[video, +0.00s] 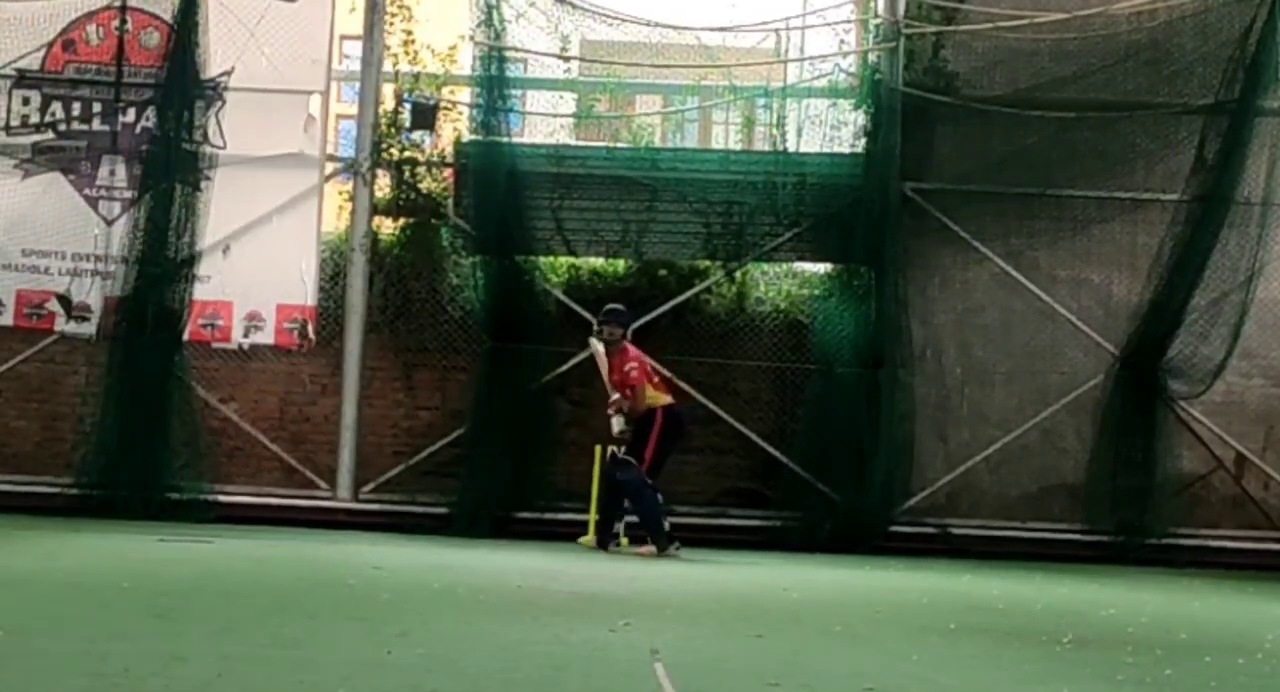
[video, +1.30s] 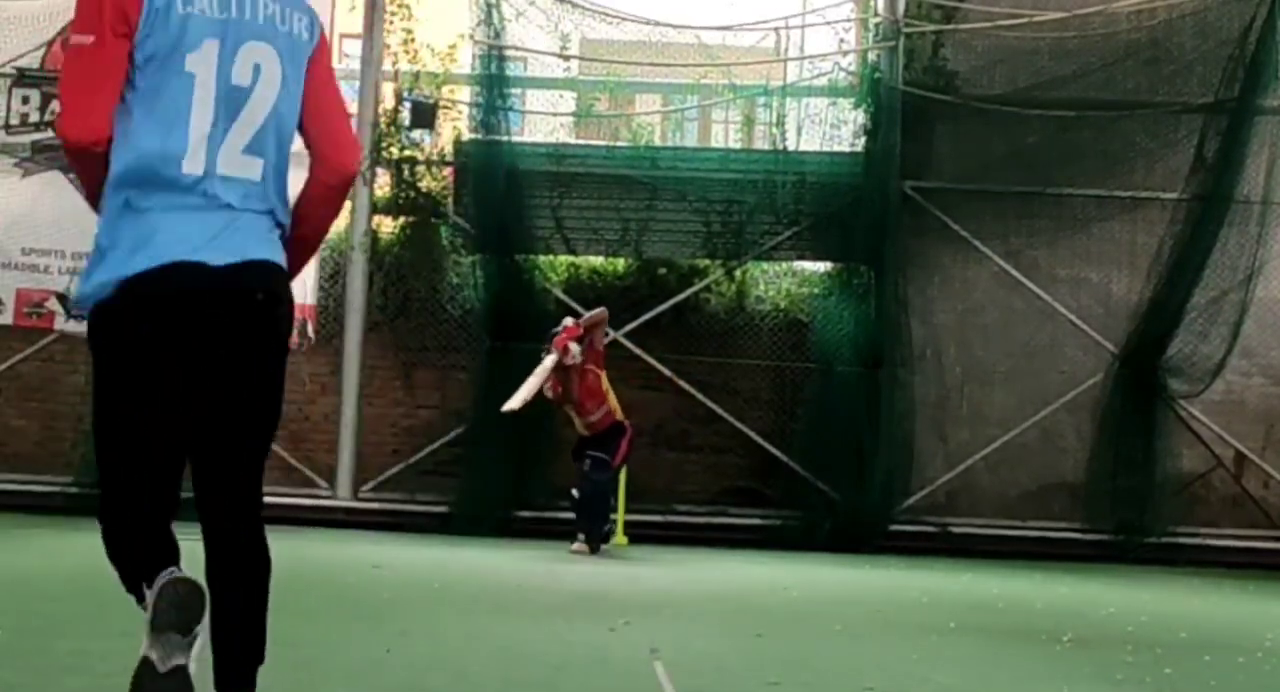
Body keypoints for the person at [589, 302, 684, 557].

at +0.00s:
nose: (609, 333)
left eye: (615, 328)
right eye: (605, 327)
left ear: (625, 331)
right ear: (599, 330)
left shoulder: (630, 360)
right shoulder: (611, 356)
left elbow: (639, 404)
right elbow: (614, 387)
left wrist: (622, 404)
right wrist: (616, 412)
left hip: (661, 411)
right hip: (642, 412)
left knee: (636, 473)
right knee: (616, 469)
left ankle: (661, 540)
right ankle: (603, 535)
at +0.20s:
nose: (594, 335)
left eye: (600, 330)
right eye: (589, 330)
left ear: (609, 333)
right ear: (584, 333)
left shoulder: (620, 360)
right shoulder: (596, 356)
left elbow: (625, 409)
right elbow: (604, 384)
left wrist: (609, 398)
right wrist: (605, 398)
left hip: (651, 405)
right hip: (630, 405)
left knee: (622, 465)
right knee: (609, 463)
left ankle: (642, 530)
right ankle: (598, 533)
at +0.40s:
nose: (584, 345)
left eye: (589, 340)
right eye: (580, 340)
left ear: (599, 342)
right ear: (574, 342)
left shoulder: (609, 367)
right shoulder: (584, 357)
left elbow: (611, 409)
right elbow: (563, 332)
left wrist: (596, 403)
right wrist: (545, 306)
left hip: (643, 405)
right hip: (623, 404)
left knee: (616, 462)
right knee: (606, 461)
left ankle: (601, 526)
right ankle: (607, 530)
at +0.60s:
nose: (571, 364)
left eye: (575, 358)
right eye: (566, 359)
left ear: (586, 351)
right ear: (561, 354)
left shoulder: (602, 364)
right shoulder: (571, 367)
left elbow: (592, 402)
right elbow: (570, 393)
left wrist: (573, 408)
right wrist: (563, 414)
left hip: (636, 413)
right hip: (608, 416)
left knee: (620, 468)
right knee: (601, 470)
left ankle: (600, 529)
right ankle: (610, 532)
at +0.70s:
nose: (557, 365)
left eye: (560, 358)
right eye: (555, 359)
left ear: (573, 351)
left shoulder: (597, 351)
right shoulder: (571, 381)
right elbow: (585, 415)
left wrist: (577, 388)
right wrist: (574, 427)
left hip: (630, 414)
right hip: (603, 422)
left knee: (616, 471)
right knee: (600, 474)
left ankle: (593, 532)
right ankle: (606, 532)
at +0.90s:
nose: (545, 370)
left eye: (548, 364)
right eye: (544, 365)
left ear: (561, 358)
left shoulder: (590, 366)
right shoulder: (564, 384)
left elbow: (590, 334)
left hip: (627, 425)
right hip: (603, 432)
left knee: (607, 478)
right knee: (597, 480)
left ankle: (592, 537)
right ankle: (600, 535)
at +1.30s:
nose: (572, 355)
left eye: (574, 349)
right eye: (565, 352)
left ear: (580, 346)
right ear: (559, 356)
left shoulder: (593, 360)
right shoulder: (559, 381)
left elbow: (603, 314)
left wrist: (578, 326)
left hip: (614, 428)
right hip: (588, 436)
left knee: (597, 476)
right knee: (586, 481)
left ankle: (588, 536)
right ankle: (598, 530)